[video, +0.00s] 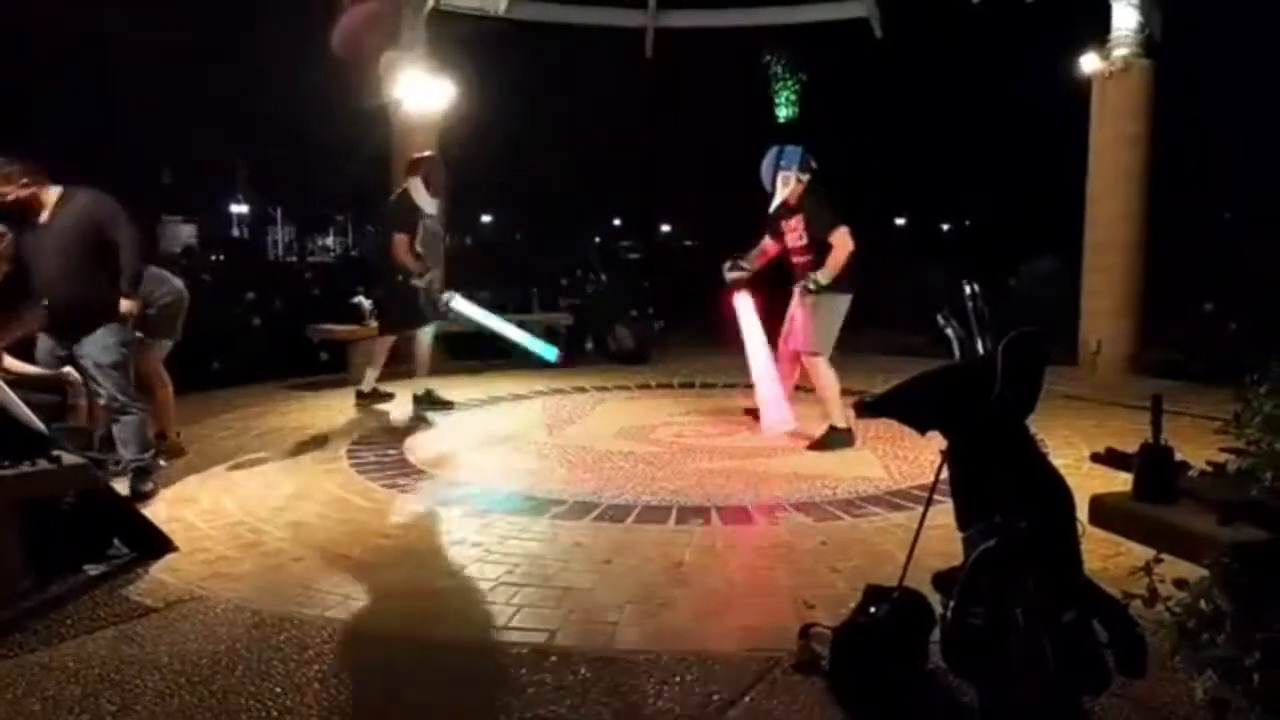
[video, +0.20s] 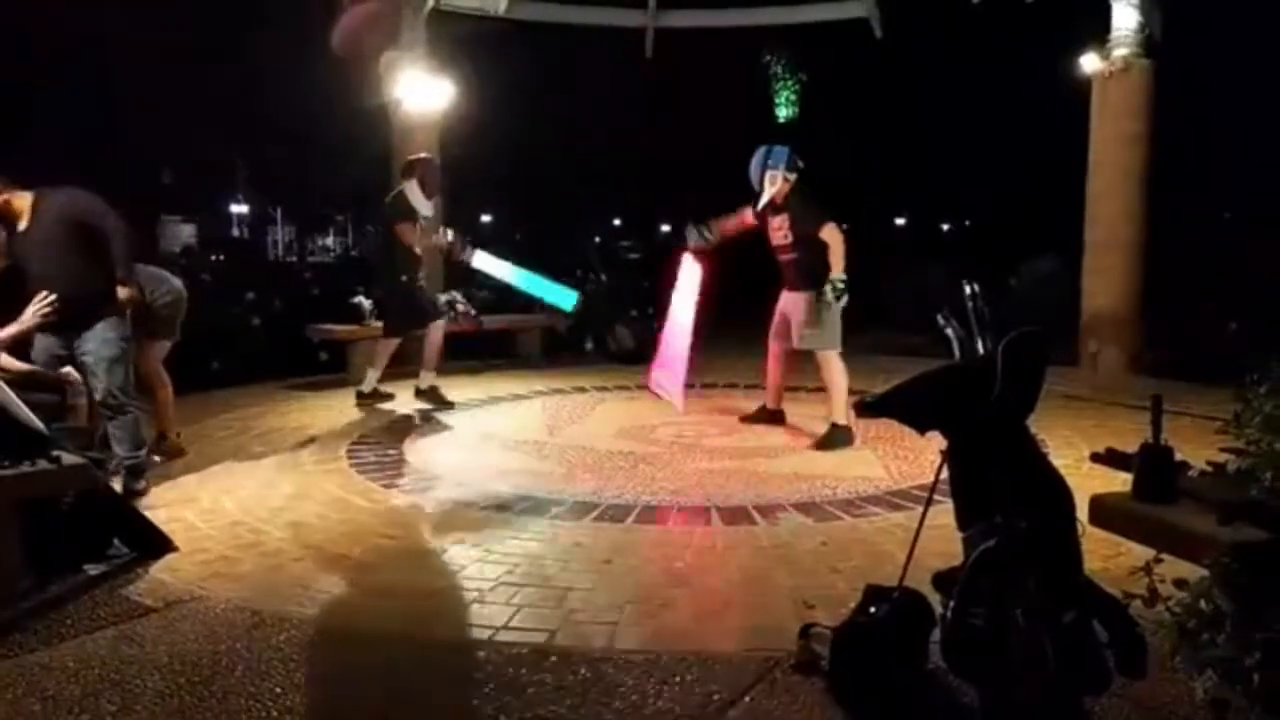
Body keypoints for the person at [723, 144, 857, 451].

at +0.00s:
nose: (781, 187)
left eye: (787, 180)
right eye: (778, 180)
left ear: (800, 179)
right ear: (774, 179)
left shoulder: (815, 206)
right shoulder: (781, 214)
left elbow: (844, 243)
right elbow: (769, 246)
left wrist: (821, 278)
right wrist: (747, 265)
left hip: (829, 290)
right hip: (804, 289)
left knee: (813, 355)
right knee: (788, 351)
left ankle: (839, 425)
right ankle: (774, 407)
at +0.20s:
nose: (772, 187)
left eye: (778, 180)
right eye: (768, 180)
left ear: (789, 179)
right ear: (761, 180)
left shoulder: (802, 206)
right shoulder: (764, 209)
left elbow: (835, 237)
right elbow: (735, 223)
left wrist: (837, 279)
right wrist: (707, 233)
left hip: (817, 293)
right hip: (790, 292)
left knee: (827, 355)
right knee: (776, 346)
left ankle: (841, 424)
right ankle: (772, 406)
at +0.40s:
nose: (756, 183)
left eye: (760, 176)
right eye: (755, 177)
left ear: (774, 173)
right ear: (756, 175)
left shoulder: (793, 200)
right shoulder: (763, 200)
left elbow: (823, 230)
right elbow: (738, 197)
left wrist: (829, 269)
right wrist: (713, 178)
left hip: (816, 289)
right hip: (788, 289)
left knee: (830, 348)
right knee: (780, 348)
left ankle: (858, 405)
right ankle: (773, 406)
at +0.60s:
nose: (769, 180)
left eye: (774, 174)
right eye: (767, 173)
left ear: (787, 175)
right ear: (763, 173)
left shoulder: (802, 203)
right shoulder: (769, 203)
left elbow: (827, 238)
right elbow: (763, 231)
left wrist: (814, 273)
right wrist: (741, 207)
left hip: (823, 289)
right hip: (788, 288)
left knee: (838, 349)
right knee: (771, 341)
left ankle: (869, 397)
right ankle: (772, 406)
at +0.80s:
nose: (806, 192)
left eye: (811, 185)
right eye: (802, 186)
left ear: (821, 185)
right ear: (796, 187)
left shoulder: (834, 213)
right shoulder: (799, 216)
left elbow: (853, 256)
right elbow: (809, 259)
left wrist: (825, 282)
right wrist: (780, 255)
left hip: (846, 295)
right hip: (812, 292)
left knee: (849, 354)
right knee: (782, 340)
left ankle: (876, 401)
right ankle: (773, 406)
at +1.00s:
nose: (817, 182)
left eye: (821, 175)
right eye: (815, 175)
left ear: (832, 173)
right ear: (813, 174)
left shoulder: (845, 200)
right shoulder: (821, 203)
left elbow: (861, 242)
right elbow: (826, 249)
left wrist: (831, 268)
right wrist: (792, 260)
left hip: (854, 287)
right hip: (824, 285)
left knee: (857, 349)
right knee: (799, 335)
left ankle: (879, 401)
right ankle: (788, 400)